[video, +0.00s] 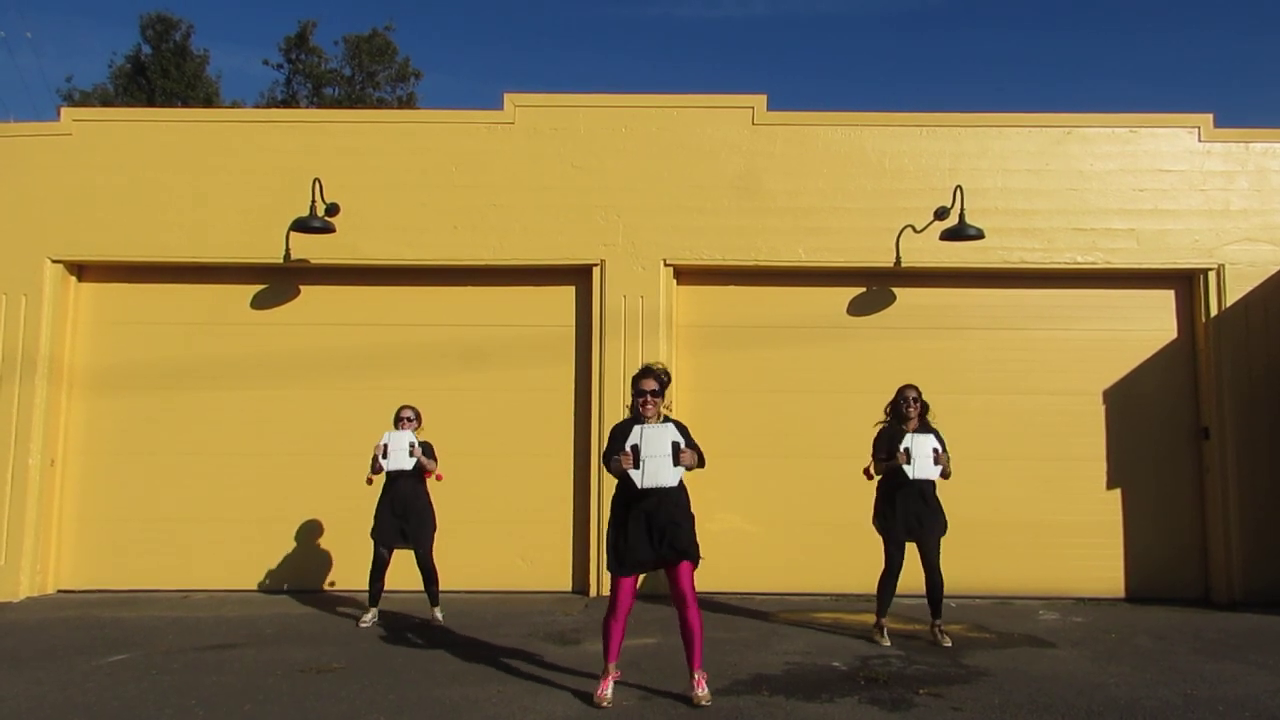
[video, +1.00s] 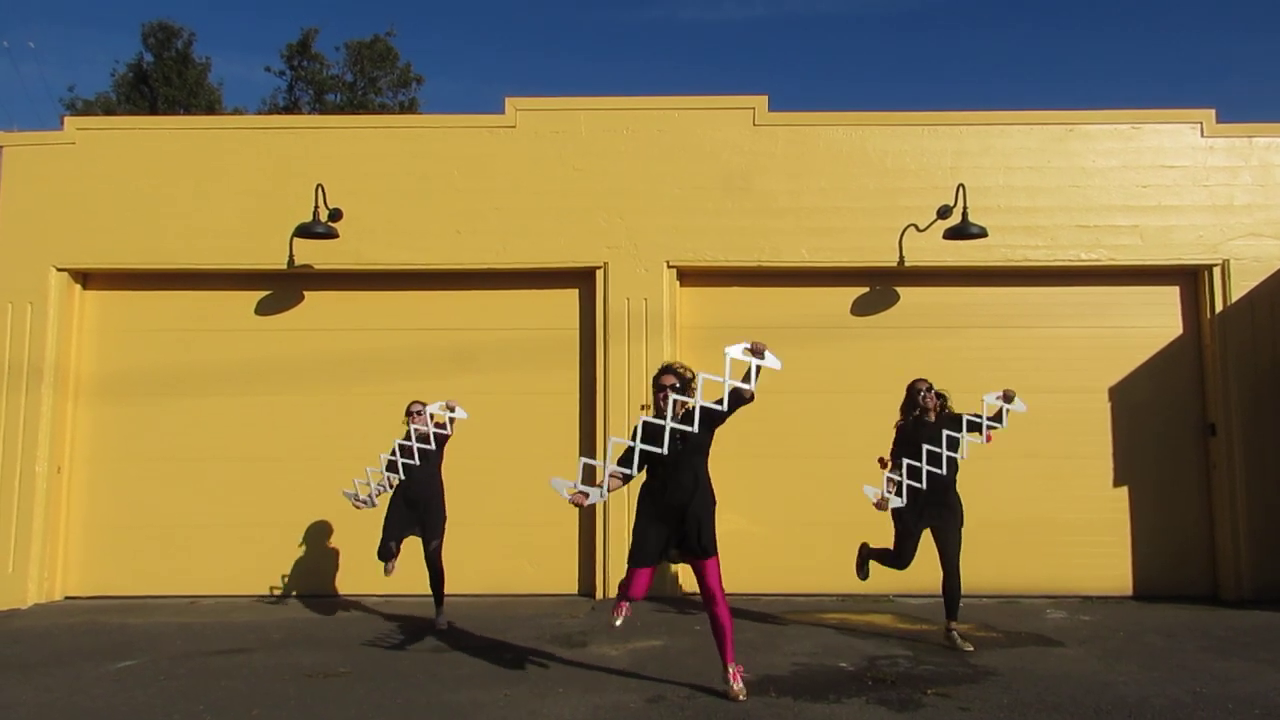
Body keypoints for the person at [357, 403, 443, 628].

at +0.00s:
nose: (405, 423)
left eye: (409, 419)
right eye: (401, 420)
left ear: (417, 423)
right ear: (395, 423)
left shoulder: (424, 446)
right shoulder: (389, 445)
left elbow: (432, 467)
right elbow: (375, 471)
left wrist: (419, 457)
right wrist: (378, 456)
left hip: (418, 510)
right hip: (389, 509)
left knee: (424, 559)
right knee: (380, 559)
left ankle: (435, 608)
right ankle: (372, 609)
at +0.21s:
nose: (406, 413)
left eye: (410, 409)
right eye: (402, 409)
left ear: (418, 414)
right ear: (396, 414)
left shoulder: (424, 440)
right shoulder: (385, 439)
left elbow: (433, 469)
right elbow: (374, 474)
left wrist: (422, 467)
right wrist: (376, 465)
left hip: (419, 503)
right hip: (389, 503)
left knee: (425, 553)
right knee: (383, 553)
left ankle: (437, 604)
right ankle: (373, 605)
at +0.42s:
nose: (404, 422)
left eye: (409, 419)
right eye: (400, 419)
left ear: (417, 424)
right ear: (395, 424)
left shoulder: (423, 451)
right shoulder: (386, 450)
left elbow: (434, 479)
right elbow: (376, 475)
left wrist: (422, 480)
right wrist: (378, 476)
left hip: (417, 513)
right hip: (388, 512)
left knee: (422, 561)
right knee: (386, 562)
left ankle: (433, 610)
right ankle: (380, 611)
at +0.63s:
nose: (405, 416)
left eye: (410, 413)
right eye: (401, 413)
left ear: (417, 417)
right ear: (396, 417)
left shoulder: (424, 443)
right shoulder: (385, 442)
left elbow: (435, 472)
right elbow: (372, 475)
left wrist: (422, 466)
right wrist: (375, 465)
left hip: (418, 506)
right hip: (389, 506)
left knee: (425, 557)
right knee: (381, 557)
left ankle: (435, 608)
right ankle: (375, 607)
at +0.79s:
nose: (406, 430)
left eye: (411, 426)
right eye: (402, 428)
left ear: (420, 430)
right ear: (399, 433)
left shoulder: (426, 455)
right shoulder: (391, 458)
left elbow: (433, 471)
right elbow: (380, 476)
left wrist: (421, 466)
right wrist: (379, 477)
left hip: (422, 518)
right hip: (393, 518)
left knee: (426, 567)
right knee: (383, 566)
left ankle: (435, 617)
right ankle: (376, 615)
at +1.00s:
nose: (416, 417)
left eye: (420, 413)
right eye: (411, 414)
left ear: (428, 416)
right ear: (407, 419)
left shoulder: (437, 437)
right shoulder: (401, 446)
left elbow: (447, 429)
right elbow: (389, 480)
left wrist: (451, 411)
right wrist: (370, 499)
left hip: (431, 503)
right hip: (402, 503)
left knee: (433, 558)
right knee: (384, 554)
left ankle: (439, 612)